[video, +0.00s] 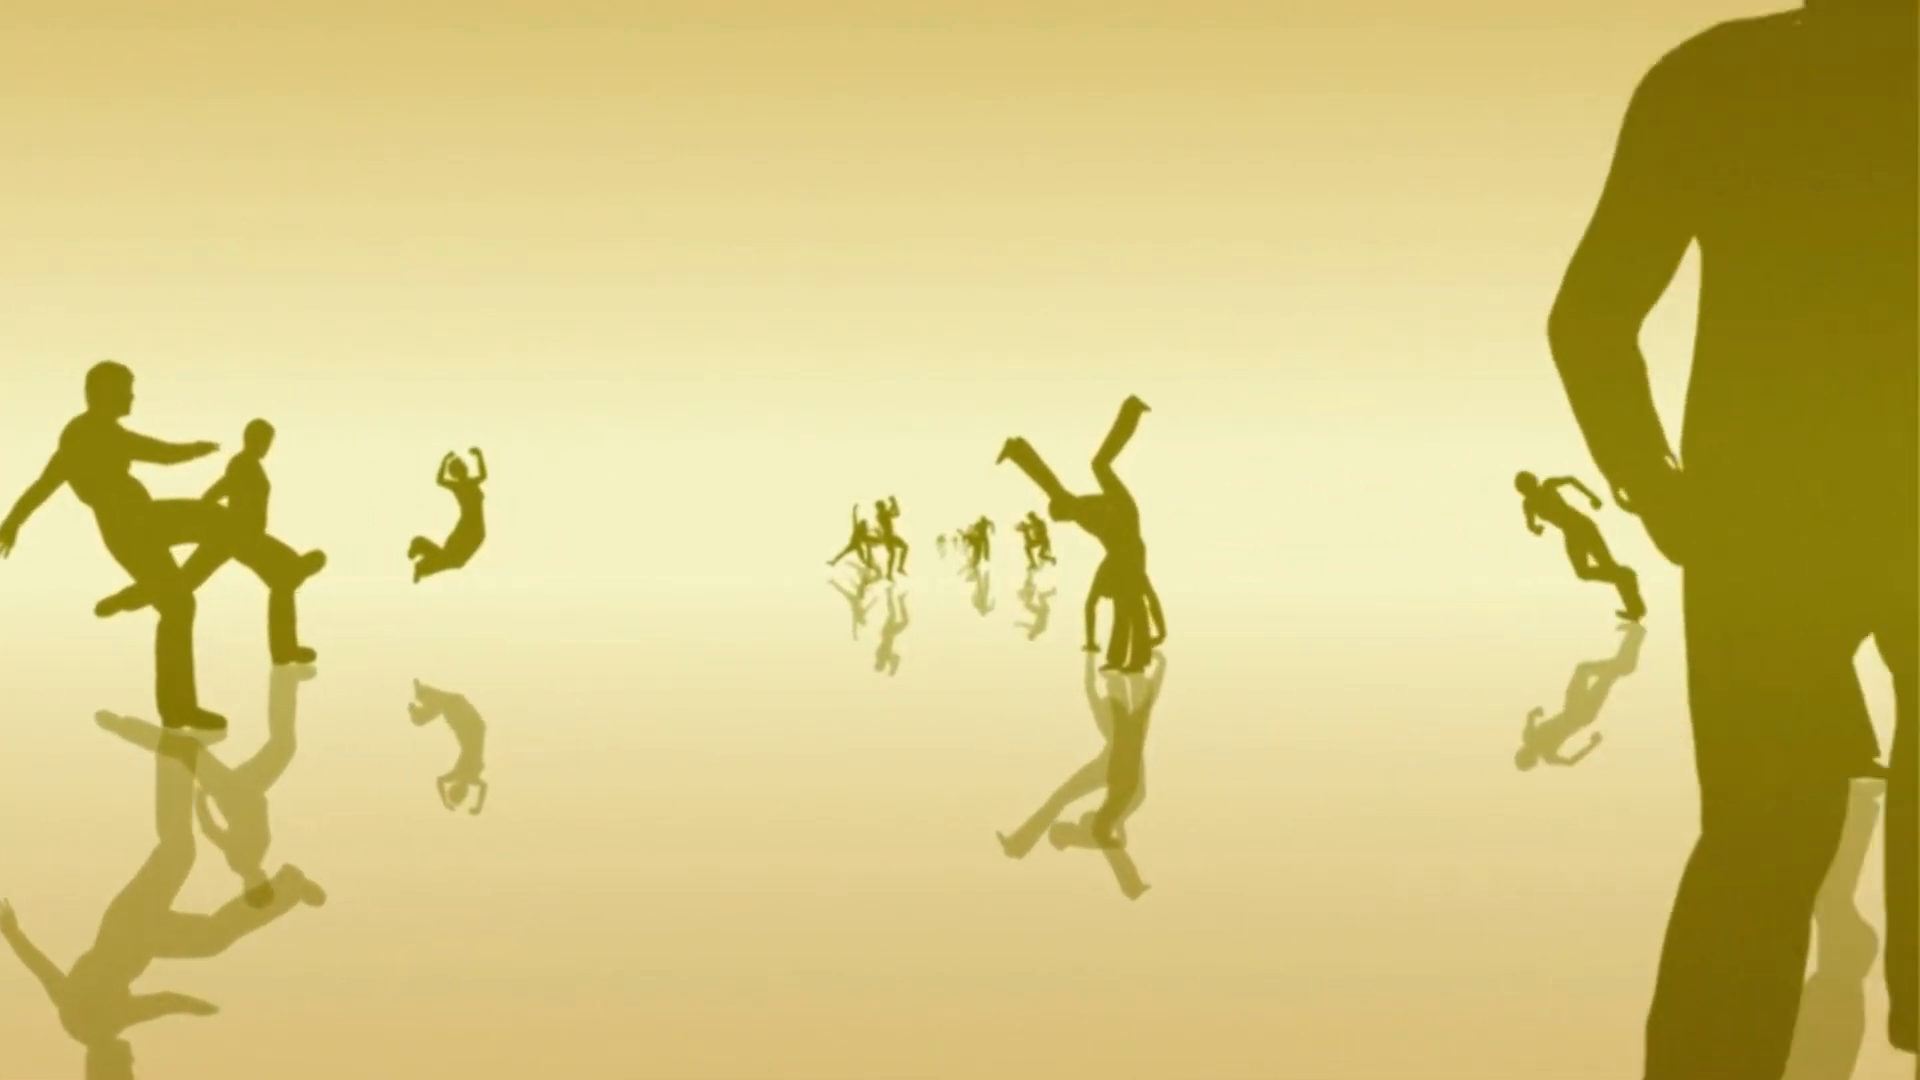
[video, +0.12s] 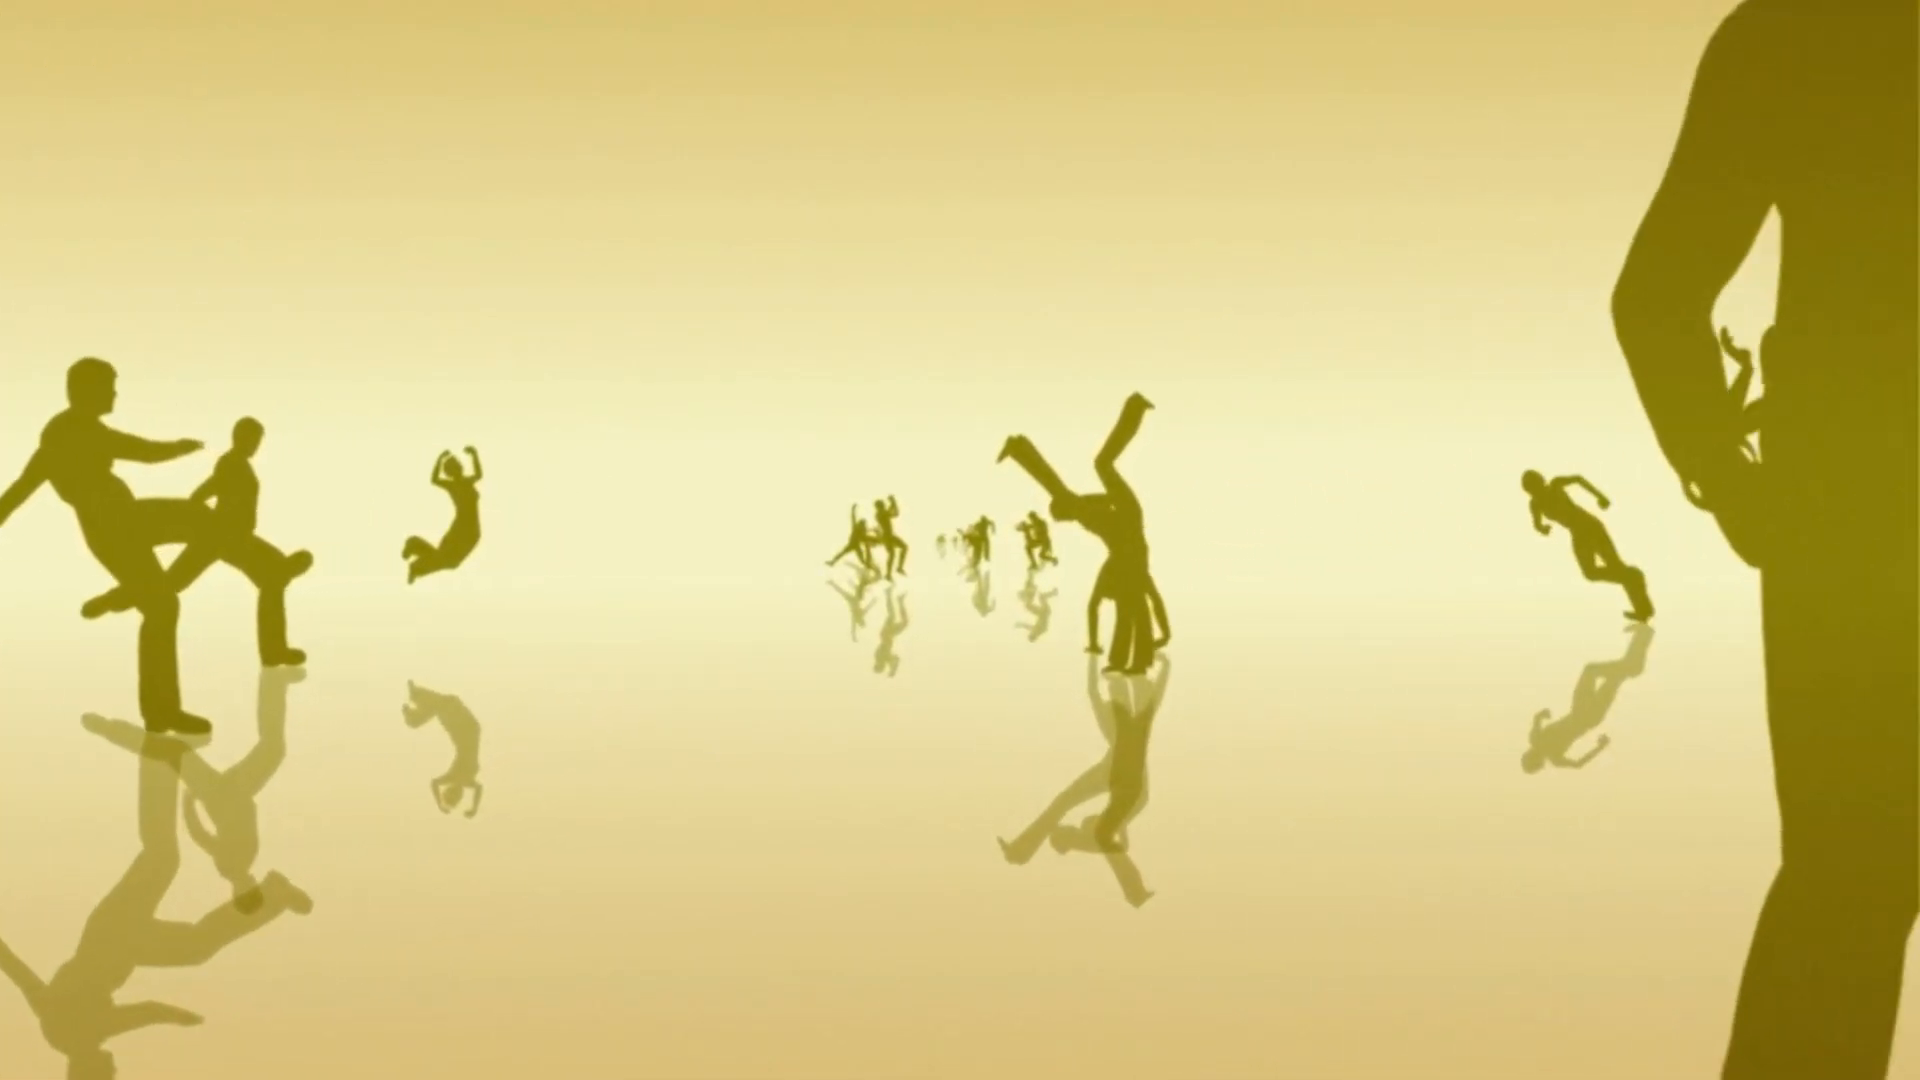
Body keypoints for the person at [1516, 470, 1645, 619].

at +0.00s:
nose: (1526, 491)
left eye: (1527, 485)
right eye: (1522, 489)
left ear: (1532, 481)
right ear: (1521, 490)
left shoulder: (1548, 485)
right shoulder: (1528, 504)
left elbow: (1571, 479)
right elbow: (1530, 523)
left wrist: (1591, 496)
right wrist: (1536, 529)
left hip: (1582, 524)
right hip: (1569, 531)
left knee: (1607, 564)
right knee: (1583, 571)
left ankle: (1634, 606)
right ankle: (1622, 575)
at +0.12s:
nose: (1533, 490)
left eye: (1534, 484)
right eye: (1528, 488)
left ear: (1539, 480)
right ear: (1527, 489)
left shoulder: (1555, 484)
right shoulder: (1535, 503)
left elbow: (1578, 478)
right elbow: (1537, 523)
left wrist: (1599, 496)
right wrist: (1543, 529)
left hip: (1589, 524)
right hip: (1576, 532)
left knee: (1615, 564)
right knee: (1590, 572)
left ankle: (1642, 607)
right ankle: (1630, 575)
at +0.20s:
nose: (1543, 489)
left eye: (1543, 484)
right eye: (1539, 487)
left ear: (1549, 480)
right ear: (1538, 488)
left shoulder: (1566, 483)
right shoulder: (1545, 503)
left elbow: (1589, 478)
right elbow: (1547, 522)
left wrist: (1611, 495)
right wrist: (1553, 529)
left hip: (1601, 524)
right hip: (1588, 532)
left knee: (1627, 565)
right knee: (1601, 572)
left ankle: (1654, 609)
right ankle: (1643, 576)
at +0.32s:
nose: (1550, 489)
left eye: (1551, 483)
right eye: (1545, 486)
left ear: (1557, 479)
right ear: (1544, 488)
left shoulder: (1573, 483)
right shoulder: (1552, 503)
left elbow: (1597, 477)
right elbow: (1554, 523)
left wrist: (1618, 495)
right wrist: (1561, 529)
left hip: (1609, 524)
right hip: (1595, 532)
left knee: (1635, 565)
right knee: (1609, 573)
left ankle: (1663, 610)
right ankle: (1651, 576)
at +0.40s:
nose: (1559, 488)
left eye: (1560, 483)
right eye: (1555, 485)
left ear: (1567, 478)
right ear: (1555, 487)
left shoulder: (1584, 482)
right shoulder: (1563, 502)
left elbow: (1608, 475)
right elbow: (1565, 522)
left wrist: (1631, 494)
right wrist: (1571, 528)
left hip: (1620, 523)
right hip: (1607, 531)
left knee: (1647, 565)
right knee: (1621, 574)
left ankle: (1676, 612)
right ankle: (1664, 577)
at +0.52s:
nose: (1567, 487)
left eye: (1567, 482)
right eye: (1563, 485)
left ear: (1574, 477)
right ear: (1562, 486)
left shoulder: (1592, 481)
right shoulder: (1571, 501)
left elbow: (1616, 475)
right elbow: (1573, 522)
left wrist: (1639, 493)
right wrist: (1579, 528)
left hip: (1629, 523)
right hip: (1615, 531)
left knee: (1655, 565)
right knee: (1629, 574)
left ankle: (1685, 612)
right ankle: (1673, 578)